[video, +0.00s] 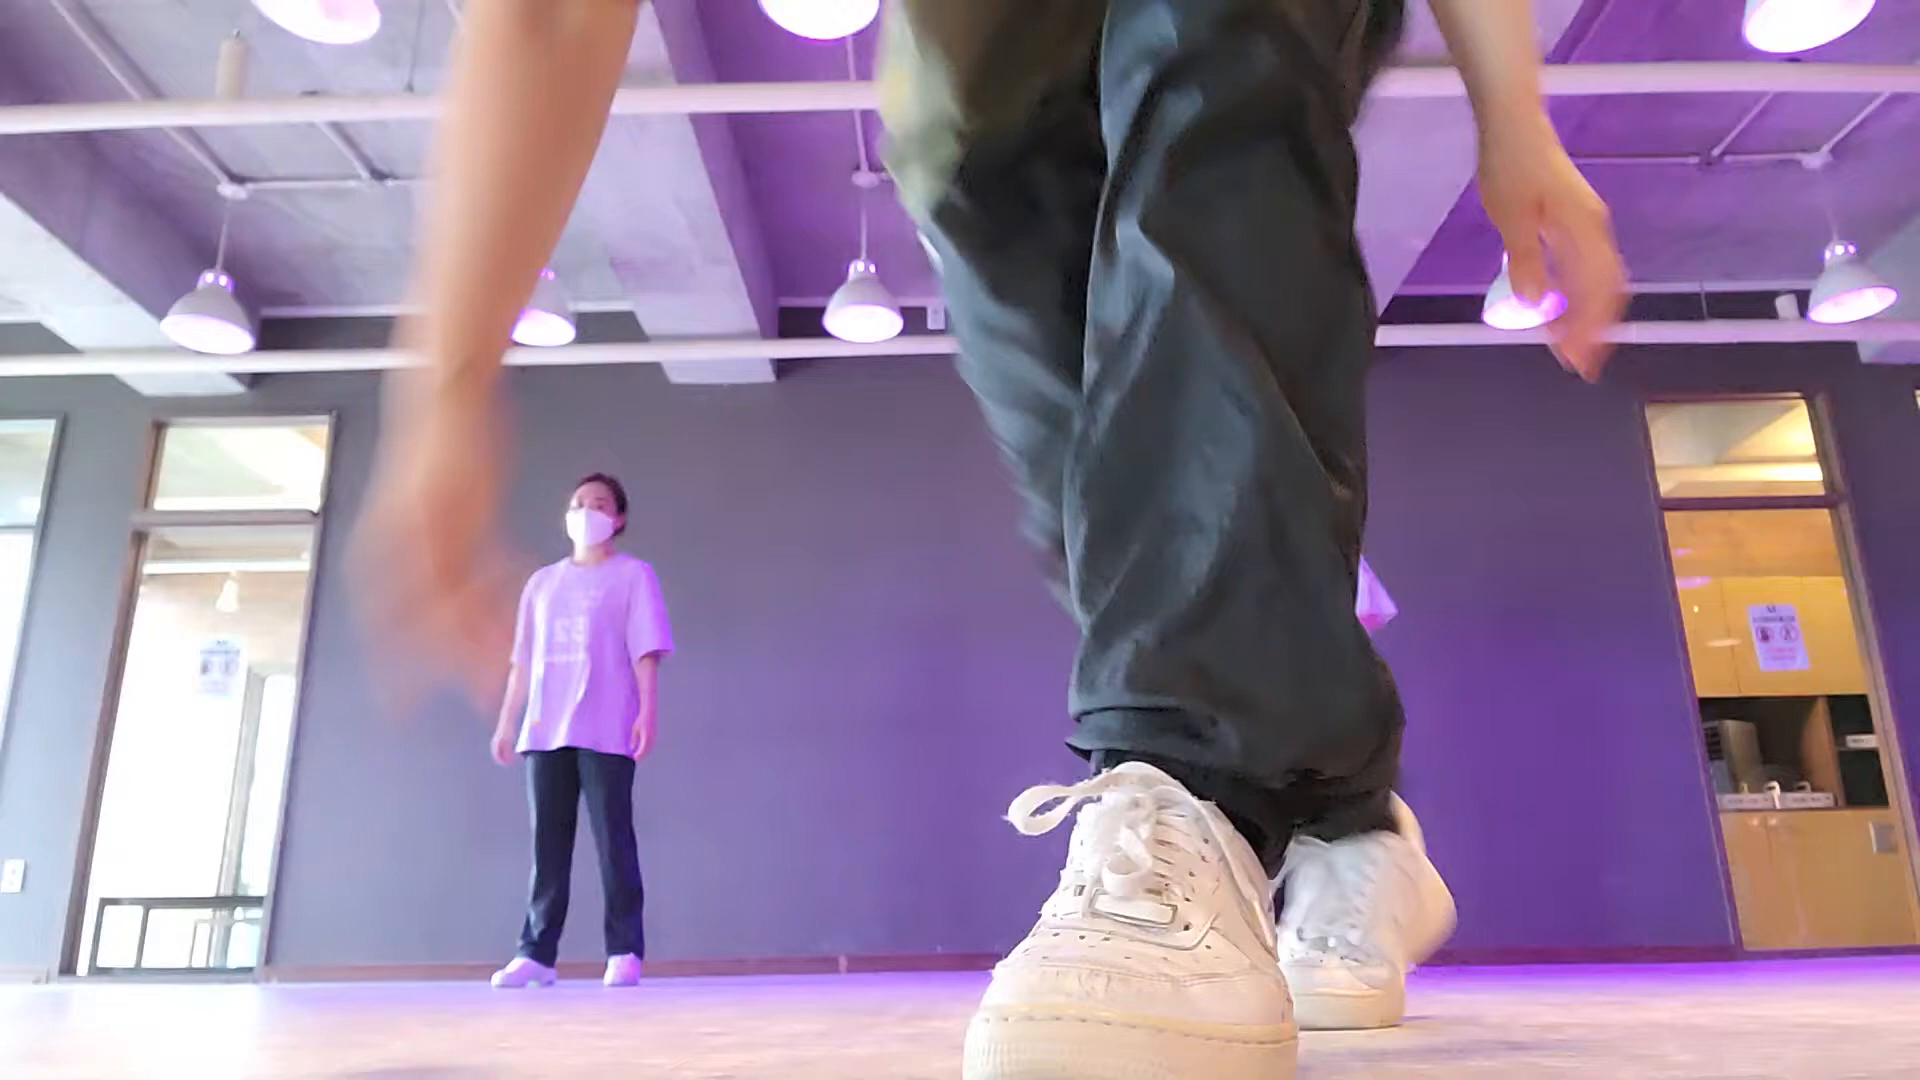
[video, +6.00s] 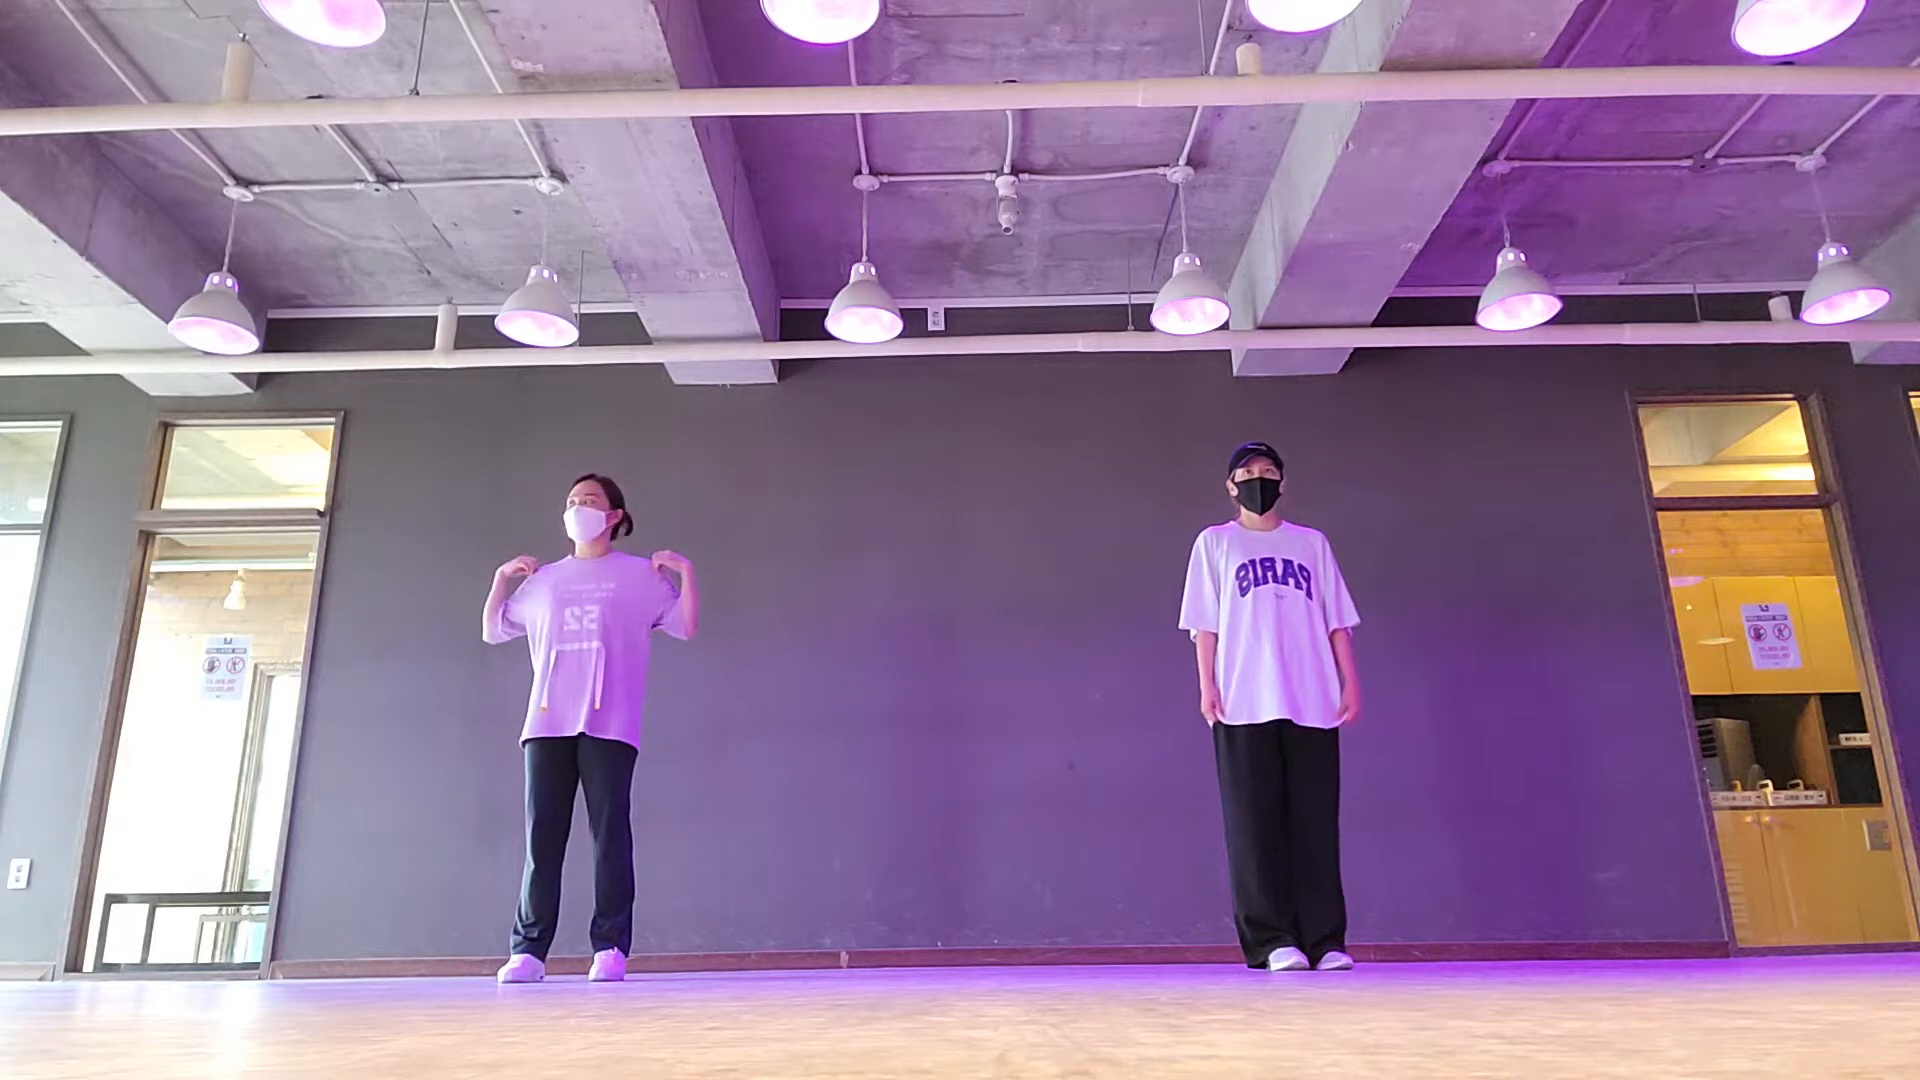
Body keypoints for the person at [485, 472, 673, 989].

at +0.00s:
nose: (587, 512)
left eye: (599, 506)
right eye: (579, 504)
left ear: (618, 521)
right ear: (566, 517)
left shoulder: (634, 576)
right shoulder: (541, 582)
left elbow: (646, 652)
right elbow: (521, 663)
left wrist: (647, 711)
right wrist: (507, 722)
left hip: (607, 727)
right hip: (545, 728)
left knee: (613, 843)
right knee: (548, 846)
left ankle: (624, 953)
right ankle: (536, 955)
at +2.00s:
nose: (590, 513)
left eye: (602, 507)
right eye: (582, 506)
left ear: (619, 521)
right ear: (567, 519)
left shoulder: (639, 581)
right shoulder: (539, 581)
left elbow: (648, 655)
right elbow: (518, 657)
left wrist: (641, 713)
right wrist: (509, 718)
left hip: (608, 729)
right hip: (547, 729)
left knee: (611, 842)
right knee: (539, 844)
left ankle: (614, 951)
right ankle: (526, 951)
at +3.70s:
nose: (566, 511)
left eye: (577, 505)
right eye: (557, 504)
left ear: (594, 522)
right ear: (543, 520)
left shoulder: (616, 581)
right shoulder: (514, 581)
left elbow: (638, 653)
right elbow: (490, 651)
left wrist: (604, 666)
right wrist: (497, 657)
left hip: (586, 729)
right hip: (524, 728)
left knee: (595, 841)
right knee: (529, 845)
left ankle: (609, 949)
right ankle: (525, 953)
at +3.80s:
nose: (569, 510)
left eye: (581, 504)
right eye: (560, 504)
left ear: (598, 522)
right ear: (547, 521)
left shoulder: (621, 580)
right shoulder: (521, 580)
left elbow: (645, 651)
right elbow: (485, 650)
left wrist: (606, 615)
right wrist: (512, 608)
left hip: (591, 728)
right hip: (529, 727)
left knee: (597, 840)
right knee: (531, 844)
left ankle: (609, 949)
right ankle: (525, 953)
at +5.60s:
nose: (593, 511)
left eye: (604, 505)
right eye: (584, 505)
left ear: (620, 522)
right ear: (570, 520)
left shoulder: (635, 576)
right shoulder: (543, 577)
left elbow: (670, 617)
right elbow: (490, 610)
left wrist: (663, 565)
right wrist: (516, 555)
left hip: (612, 721)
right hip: (548, 721)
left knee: (611, 837)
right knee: (543, 837)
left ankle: (610, 949)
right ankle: (527, 951)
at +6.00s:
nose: (578, 509)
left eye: (590, 503)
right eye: (573, 502)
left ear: (614, 519)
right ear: (564, 518)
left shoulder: (641, 574)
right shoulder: (542, 580)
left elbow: (685, 627)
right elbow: (493, 631)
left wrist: (687, 572)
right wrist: (501, 580)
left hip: (610, 720)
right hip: (547, 720)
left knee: (610, 837)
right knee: (541, 837)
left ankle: (610, 949)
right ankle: (528, 951)